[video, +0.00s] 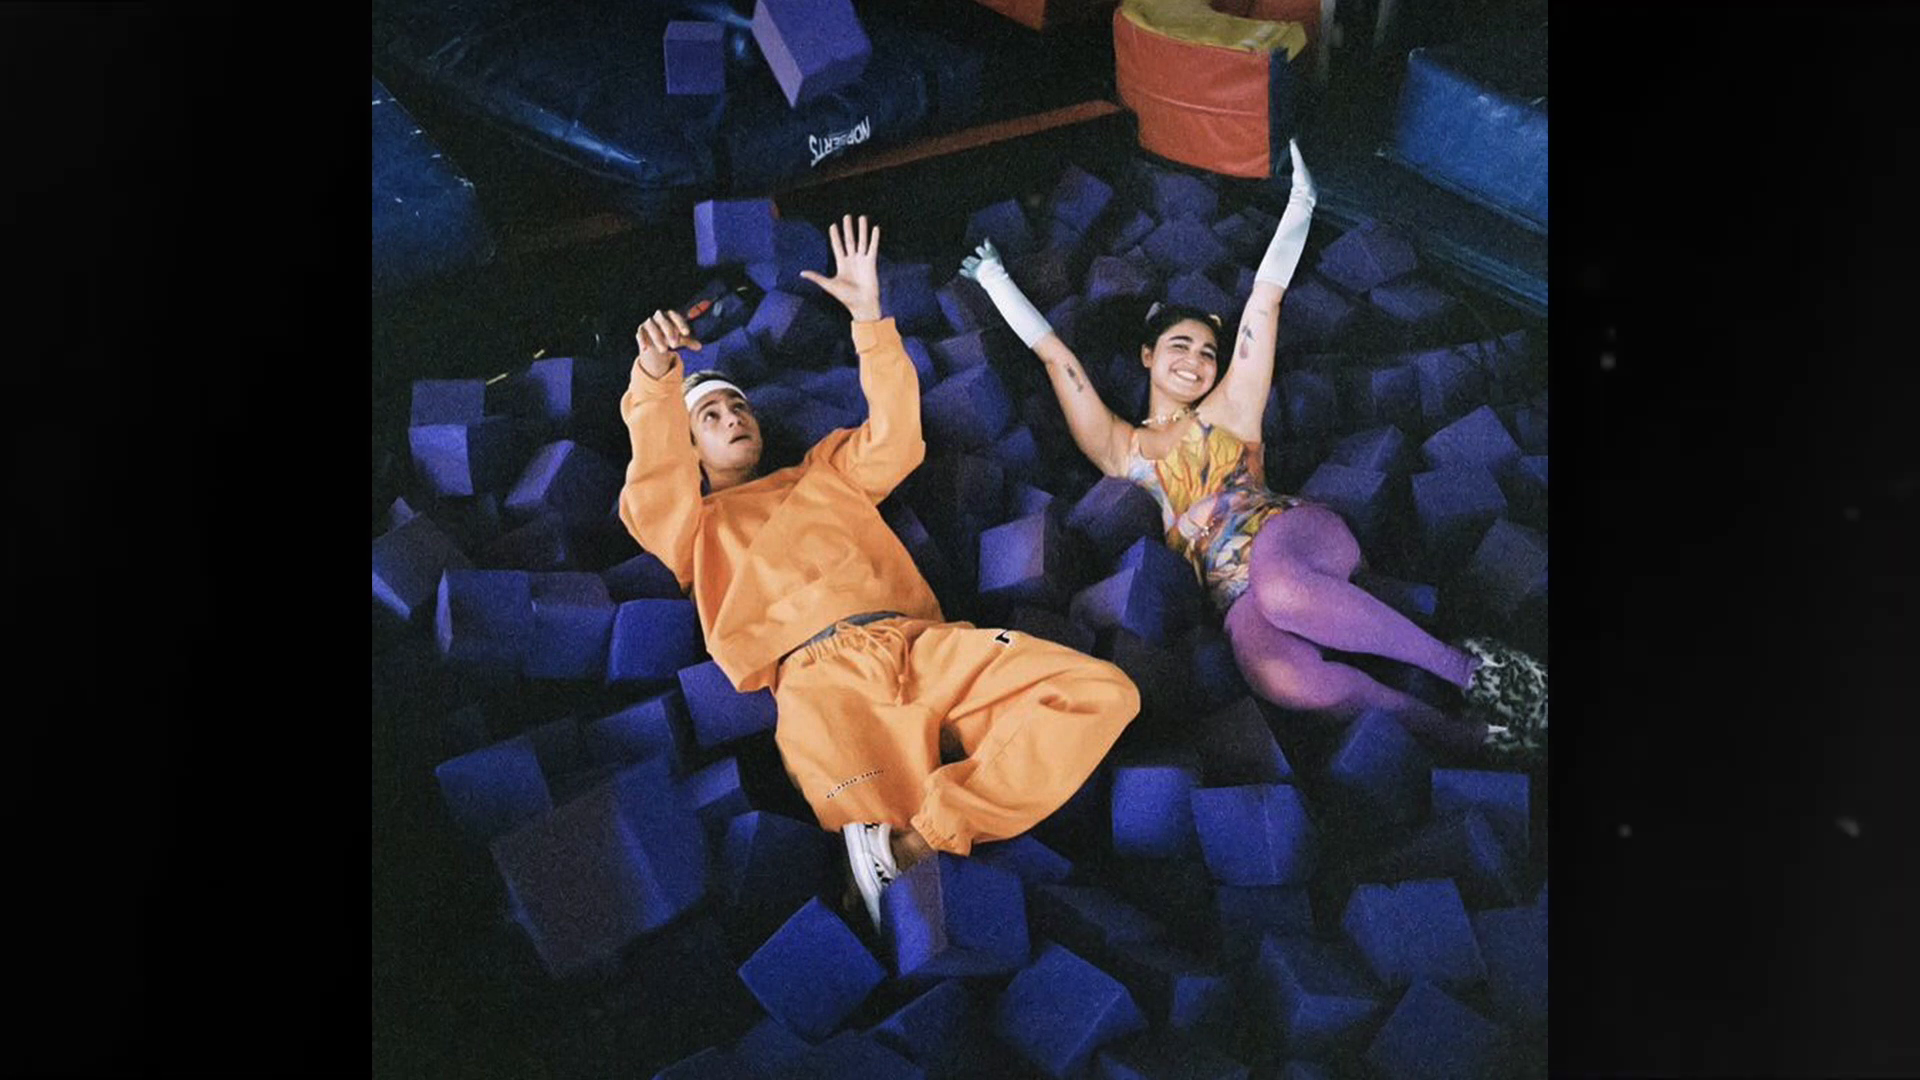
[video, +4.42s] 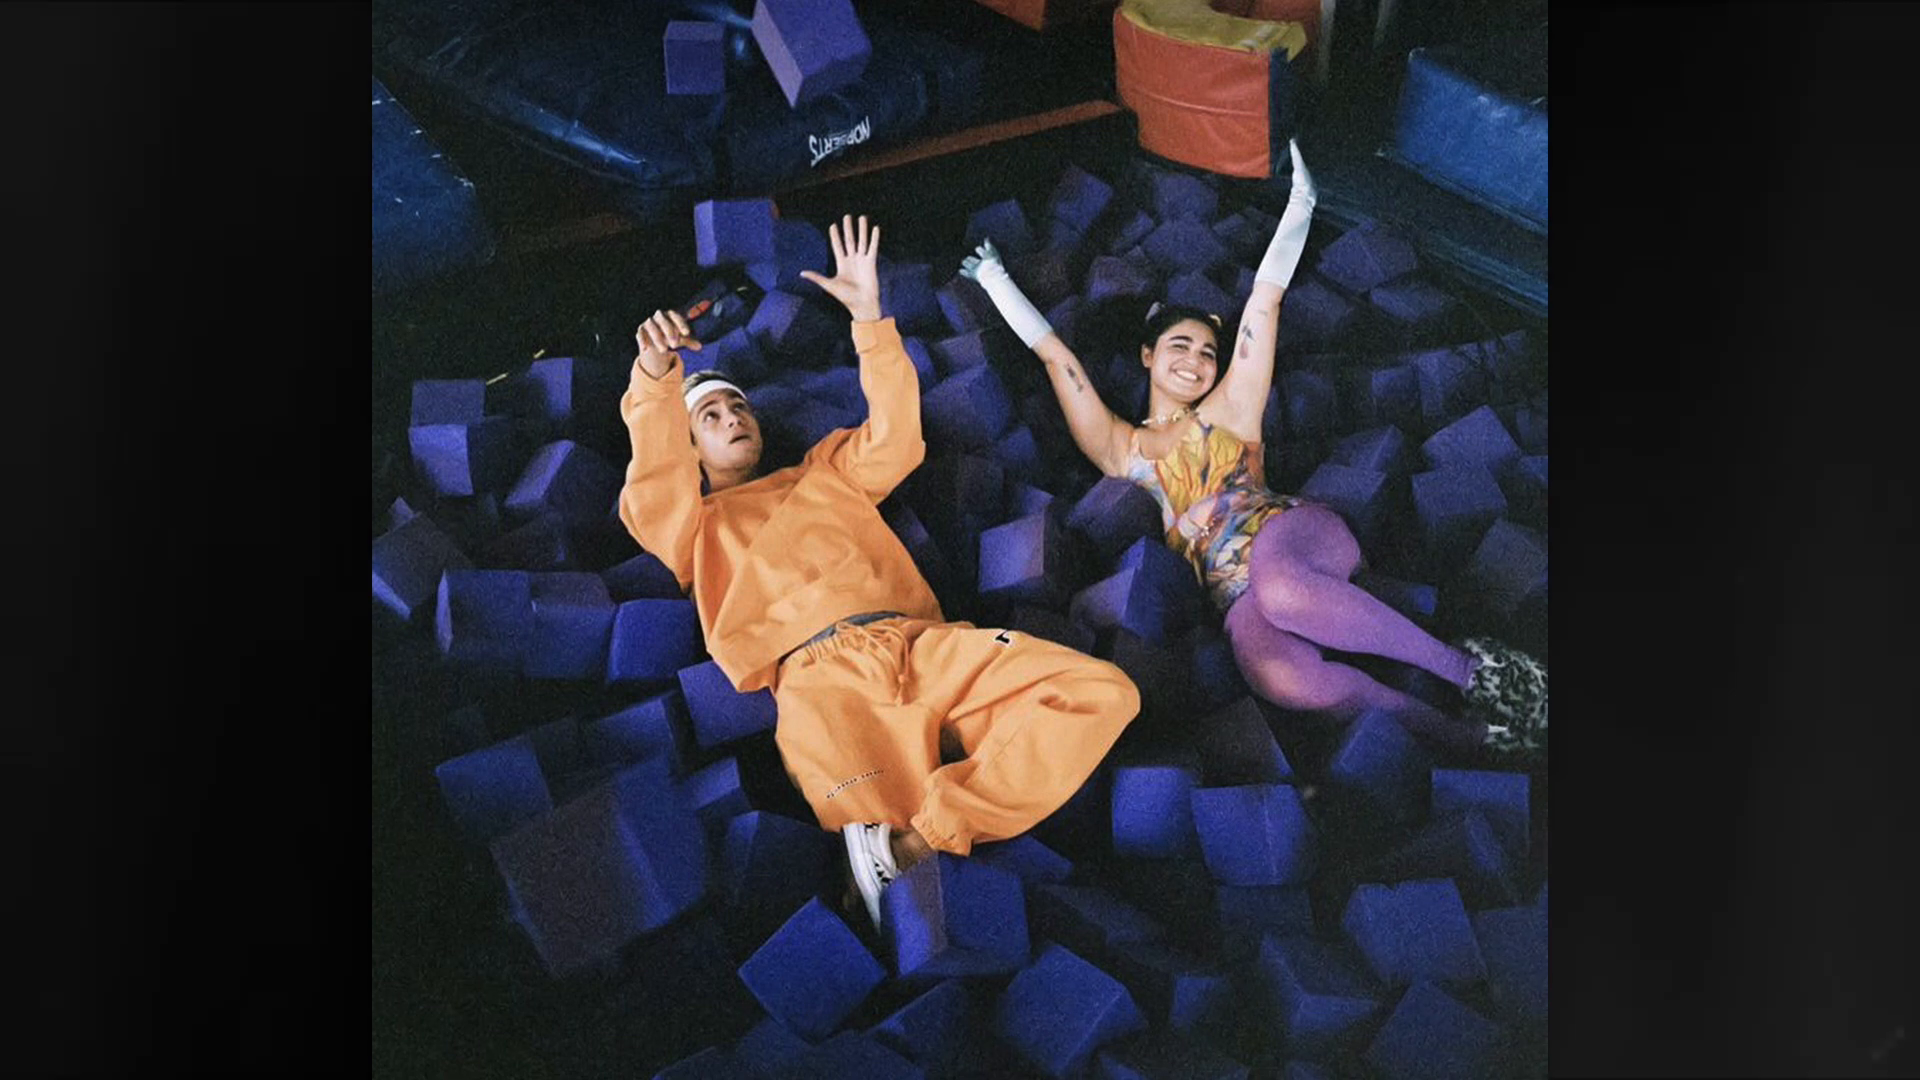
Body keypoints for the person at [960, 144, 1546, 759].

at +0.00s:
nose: (1191, 359)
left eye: (1205, 353)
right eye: (1177, 346)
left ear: (1217, 370)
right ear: (1145, 358)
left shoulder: (1230, 411)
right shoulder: (1123, 448)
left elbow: (1265, 304)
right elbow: (1057, 359)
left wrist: (1298, 209)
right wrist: (992, 278)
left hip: (1289, 531)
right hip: (1239, 598)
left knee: (1278, 592)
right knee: (1285, 679)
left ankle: (1471, 670)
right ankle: (1455, 728)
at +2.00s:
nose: (1191, 360)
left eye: (1205, 354)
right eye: (1177, 346)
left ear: (1217, 370)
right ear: (1145, 357)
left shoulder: (1230, 411)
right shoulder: (1122, 448)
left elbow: (1264, 305)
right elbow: (1058, 359)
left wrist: (1298, 209)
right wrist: (992, 278)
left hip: (1288, 531)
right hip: (1238, 596)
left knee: (1280, 593)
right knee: (1287, 680)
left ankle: (1472, 671)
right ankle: (1462, 733)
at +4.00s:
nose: (1190, 359)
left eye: (1204, 353)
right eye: (1176, 346)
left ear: (1216, 370)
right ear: (1145, 358)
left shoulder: (1230, 411)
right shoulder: (1122, 449)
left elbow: (1264, 304)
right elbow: (1057, 359)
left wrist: (1299, 209)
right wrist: (992, 277)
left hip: (1288, 531)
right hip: (1238, 596)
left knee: (1279, 593)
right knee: (1286, 680)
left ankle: (1471, 671)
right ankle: (1462, 733)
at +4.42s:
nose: (1190, 358)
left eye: (1204, 353)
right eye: (1176, 346)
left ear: (1217, 370)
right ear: (1145, 359)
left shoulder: (1230, 410)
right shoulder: (1124, 449)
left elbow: (1264, 304)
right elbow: (1058, 359)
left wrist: (1298, 208)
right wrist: (992, 277)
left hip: (1290, 532)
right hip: (1240, 598)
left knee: (1278, 592)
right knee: (1285, 679)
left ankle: (1472, 671)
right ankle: (1459, 732)